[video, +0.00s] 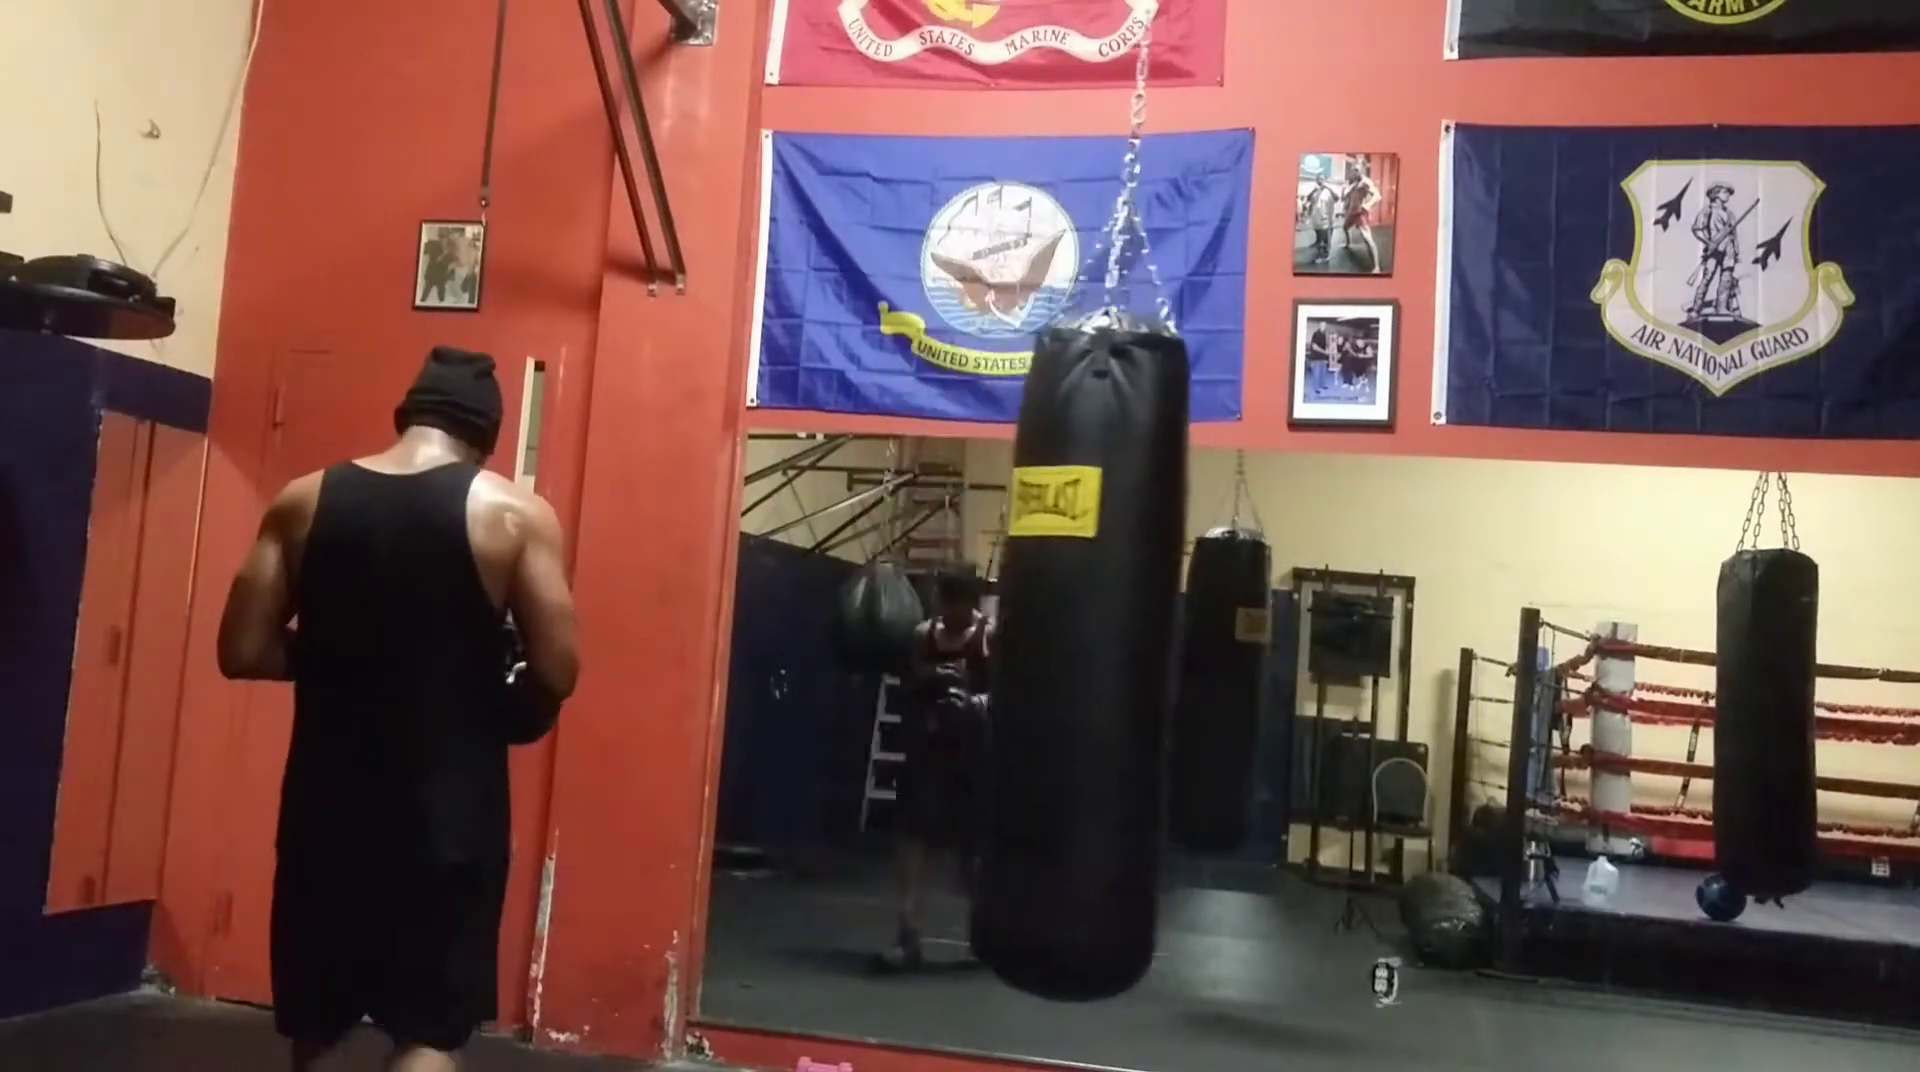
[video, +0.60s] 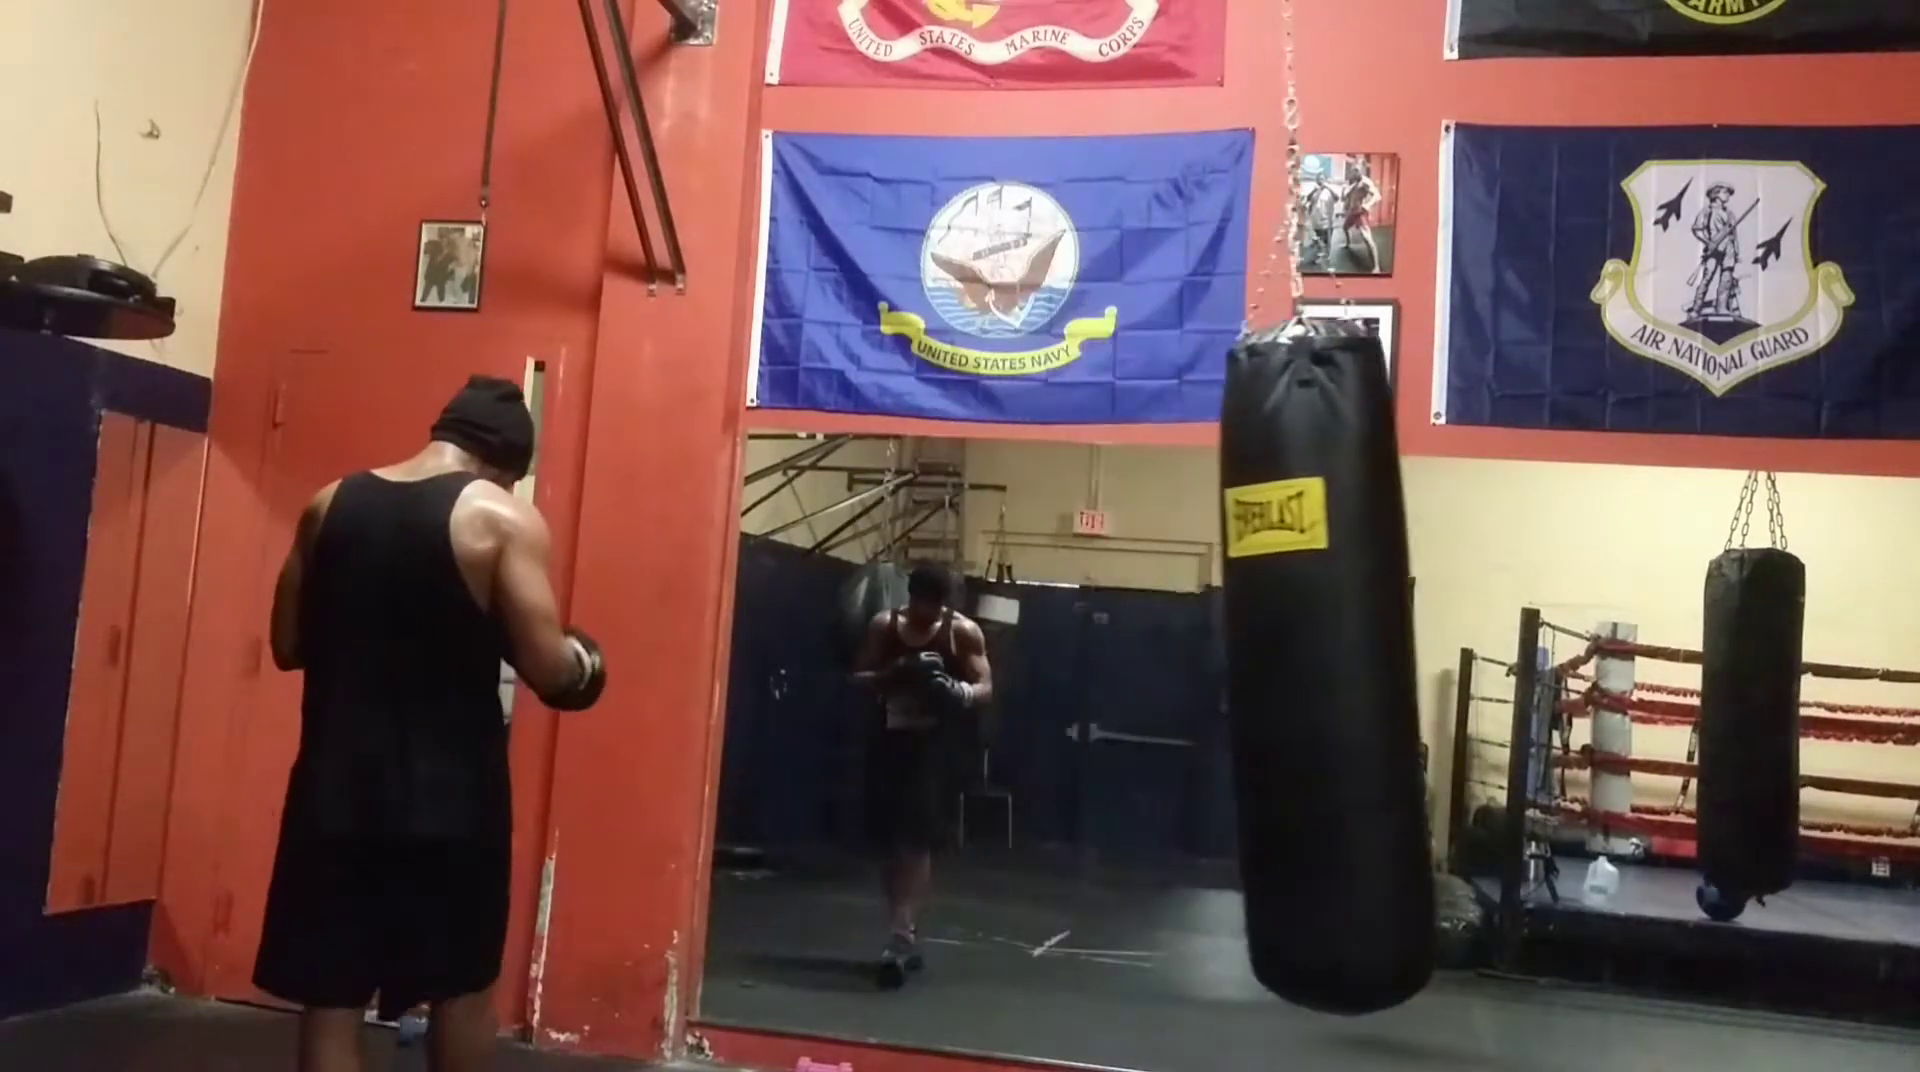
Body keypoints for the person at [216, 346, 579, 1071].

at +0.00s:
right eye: (486, 434)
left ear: (404, 418)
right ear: (488, 437)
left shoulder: (307, 499)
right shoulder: (517, 516)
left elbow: (243, 652)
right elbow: (556, 671)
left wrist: (344, 653)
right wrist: (510, 712)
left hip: (324, 813)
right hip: (449, 824)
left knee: (315, 1030)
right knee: (430, 1032)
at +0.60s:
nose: (511, 487)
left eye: (514, 474)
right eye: (515, 474)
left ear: (440, 435)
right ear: (508, 461)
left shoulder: (332, 501)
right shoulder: (505, 517)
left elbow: (287, 645)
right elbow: (549, 671)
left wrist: (373, 610)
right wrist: (583, 664)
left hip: (336, 793)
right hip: (451, 800)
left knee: (332, 1006)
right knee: (463, 1001)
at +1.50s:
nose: (595, 529)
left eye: (597, 517)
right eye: (600, 518)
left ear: (538, 471)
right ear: (600, 506)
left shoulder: (431, 531)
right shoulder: (586, 553)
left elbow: (382, 661)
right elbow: (611, 698)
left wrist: (463, 635)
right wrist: (649, 695)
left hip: (424, 802)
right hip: (525, 815)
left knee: (400, 992)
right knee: (506, 1011)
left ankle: (381, 1061)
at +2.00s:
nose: (624, 526)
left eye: (629, 514)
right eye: (629, 513)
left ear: (567, 471)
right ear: (620, 492)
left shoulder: (467, 526)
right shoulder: (602, 542)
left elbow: (421, 654)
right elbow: (620, 678)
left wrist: (507, 635)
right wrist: (660, 684)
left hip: (464, 793)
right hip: (546, 802)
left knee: (481, 976)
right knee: (522, 987)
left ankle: (485, 1064)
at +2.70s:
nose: (659, 543)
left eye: (665, 531)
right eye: (663, 529)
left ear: (602, 491)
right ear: (648, 508)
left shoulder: (512, 541)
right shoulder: (626, 555)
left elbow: (461, 661)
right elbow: (642, 680)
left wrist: (555, 641)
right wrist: (687, 695)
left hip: (490, 786)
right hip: (576, 791)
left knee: (512, 961)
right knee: (605, 950)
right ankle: (525, 1061)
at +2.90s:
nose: (674, 542)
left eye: (681, 530)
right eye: (678, 528)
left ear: (620, 492)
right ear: (659, 508)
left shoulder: (532, 540)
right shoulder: (635, 554)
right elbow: (647, 672)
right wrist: (698, 692)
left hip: (508, 766)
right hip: (591, 771)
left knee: (528, 933)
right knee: (664, 919)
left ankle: (514, 1063)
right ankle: (589, 1052)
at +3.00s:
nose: (688, 539)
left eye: (695, 527)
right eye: (692, 525)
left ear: (634, 489)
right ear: (674, 507)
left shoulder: (551, 538)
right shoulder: (640, 550)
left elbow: (566, 644)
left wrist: (660, 636)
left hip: (518, 767)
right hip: (599, 774)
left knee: (527, 943)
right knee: (655, 932)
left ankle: (513, 1065)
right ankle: (646, 1064)